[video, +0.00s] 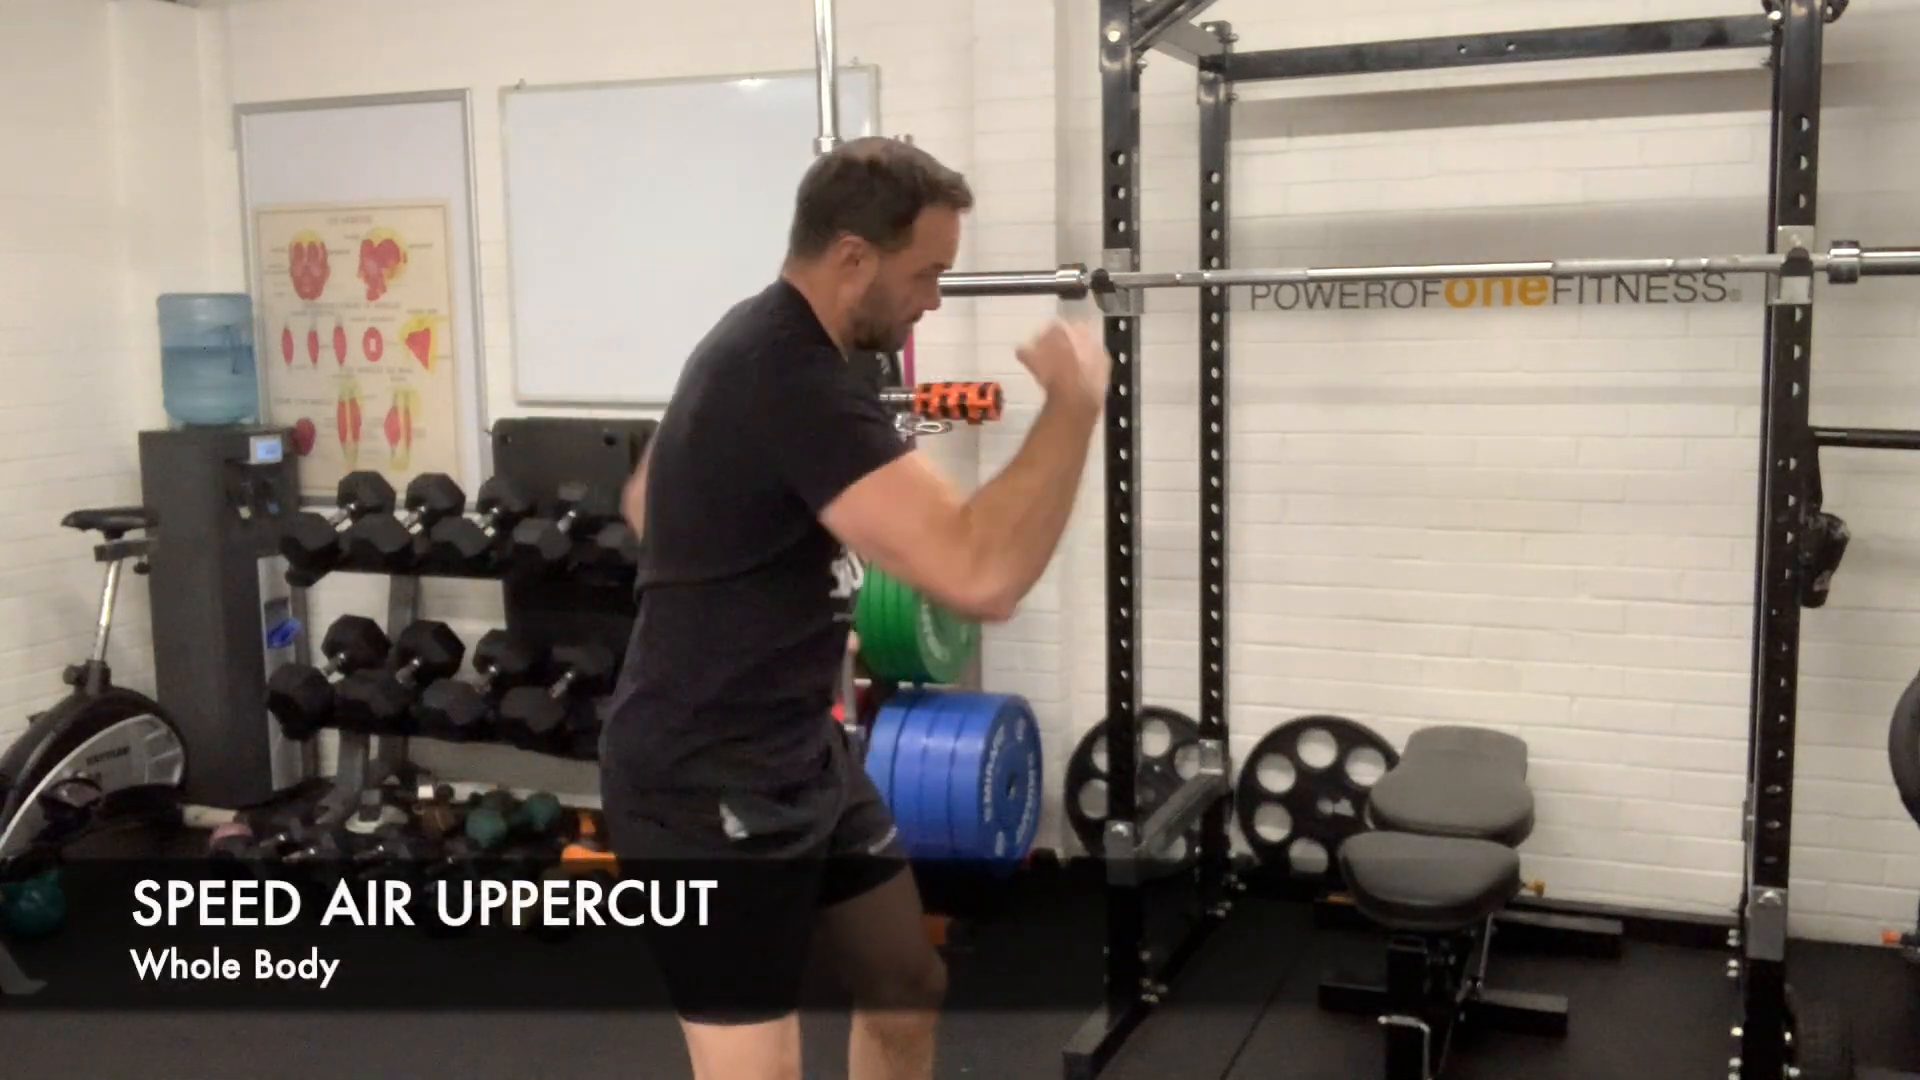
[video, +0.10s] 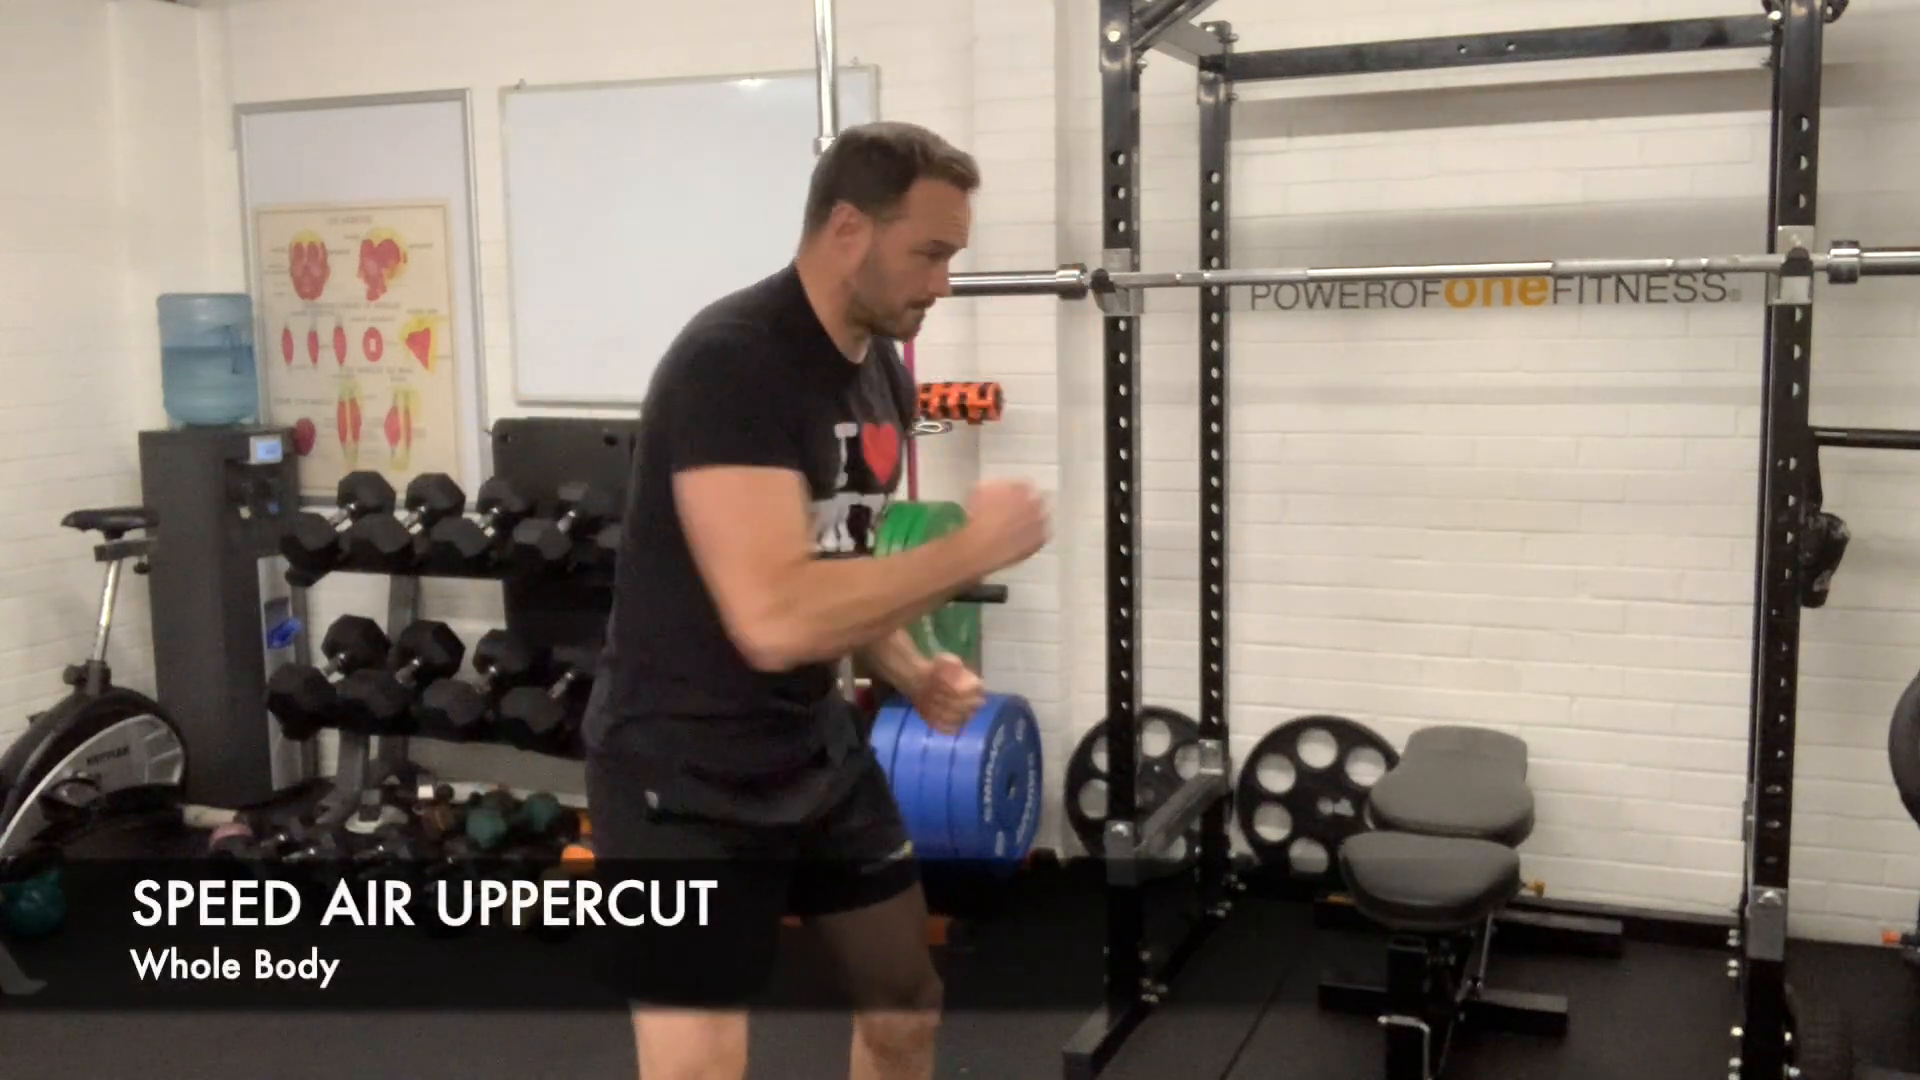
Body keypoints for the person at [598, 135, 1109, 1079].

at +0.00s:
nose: (933, 301)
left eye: (939, 278)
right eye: (927, 276)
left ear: (850, 257)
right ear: (854, 260)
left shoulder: (778, 344)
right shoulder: (784, 372)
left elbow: (648, 502)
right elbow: (982, 572)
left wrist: (799, 619)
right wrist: (1072, 404)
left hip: (803, 747)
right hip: (705, 777)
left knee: (904, 994)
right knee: (749, 1063)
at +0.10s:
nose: (944, 282)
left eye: (952, 257)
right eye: (930, 253)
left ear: (862, 240)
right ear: (847, 233)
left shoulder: (881, 369)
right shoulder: (730, 362)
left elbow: (839, 562)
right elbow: (771, 618)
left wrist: (910, 667)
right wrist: (968, 552)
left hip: (813, 743)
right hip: (685, 763)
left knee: (904, 1012)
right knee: (697, 1060)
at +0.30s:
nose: (864, 370)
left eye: (893, 349)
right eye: (845, 337)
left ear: (921, 332)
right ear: (789, 289)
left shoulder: (933, 450)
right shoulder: (650, 398)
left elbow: (1002, 645)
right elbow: (541, 506)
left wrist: (925, 448)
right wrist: (514, 633)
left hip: (832, 776)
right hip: (657, 776)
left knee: (939, 1058)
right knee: (642, 1061)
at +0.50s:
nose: (790, 320)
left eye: (804, 284)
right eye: (754, 295)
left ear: (820, 255)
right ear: (677, 278)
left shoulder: (888, 382)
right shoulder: (606, 415)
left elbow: (1011, 604)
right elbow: (508, 529)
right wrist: (498, 683)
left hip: (858, 762)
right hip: (682, 774)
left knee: (944, 1045)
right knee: (665, 1054)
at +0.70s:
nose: (833, 291)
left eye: (833, 268)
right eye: (815, 277)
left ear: (733, 283)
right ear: (731, 287)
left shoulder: (734, 339)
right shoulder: (701, 431)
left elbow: (771, 462)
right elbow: (936, 599)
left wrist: (852, 482)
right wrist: (1008, 389)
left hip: (842, 741)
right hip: (732, 784)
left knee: (933, 1016)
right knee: (748, 1065)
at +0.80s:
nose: (874, 274)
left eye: (876, 250)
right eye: (861, 253)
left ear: (777, 251)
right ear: (781, 252)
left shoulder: (696, 305)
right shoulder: (762, 393)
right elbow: (988, 552)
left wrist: (723, 499)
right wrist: (1069, 363)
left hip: (823, 736)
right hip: (728, 771)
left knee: (924, 987)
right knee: (751, 1063)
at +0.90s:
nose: (922, 305)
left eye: (925, 279)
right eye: (909, 278)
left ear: (830, 264)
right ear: (825, 263)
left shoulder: (823, 375)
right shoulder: (744, 402)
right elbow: (838, 677)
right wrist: (1027, 581)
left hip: (808, 760)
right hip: (692, 790)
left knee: (913, 999)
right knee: (723, 1063)